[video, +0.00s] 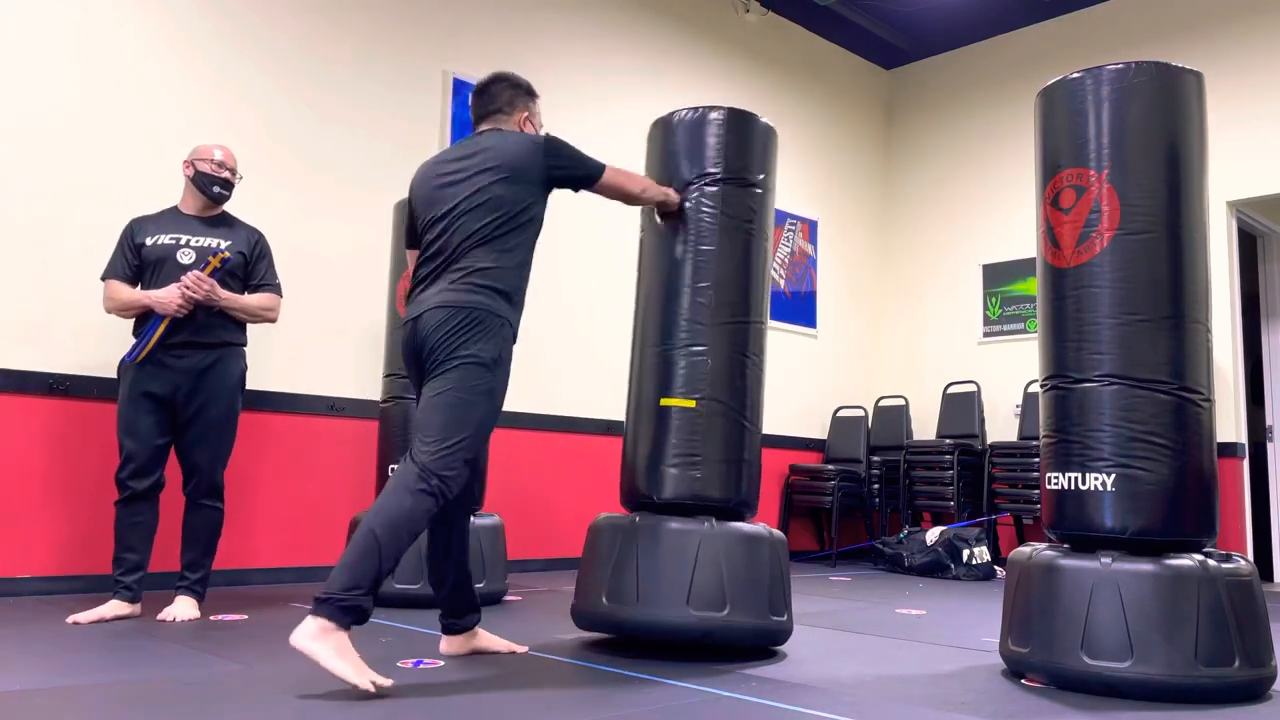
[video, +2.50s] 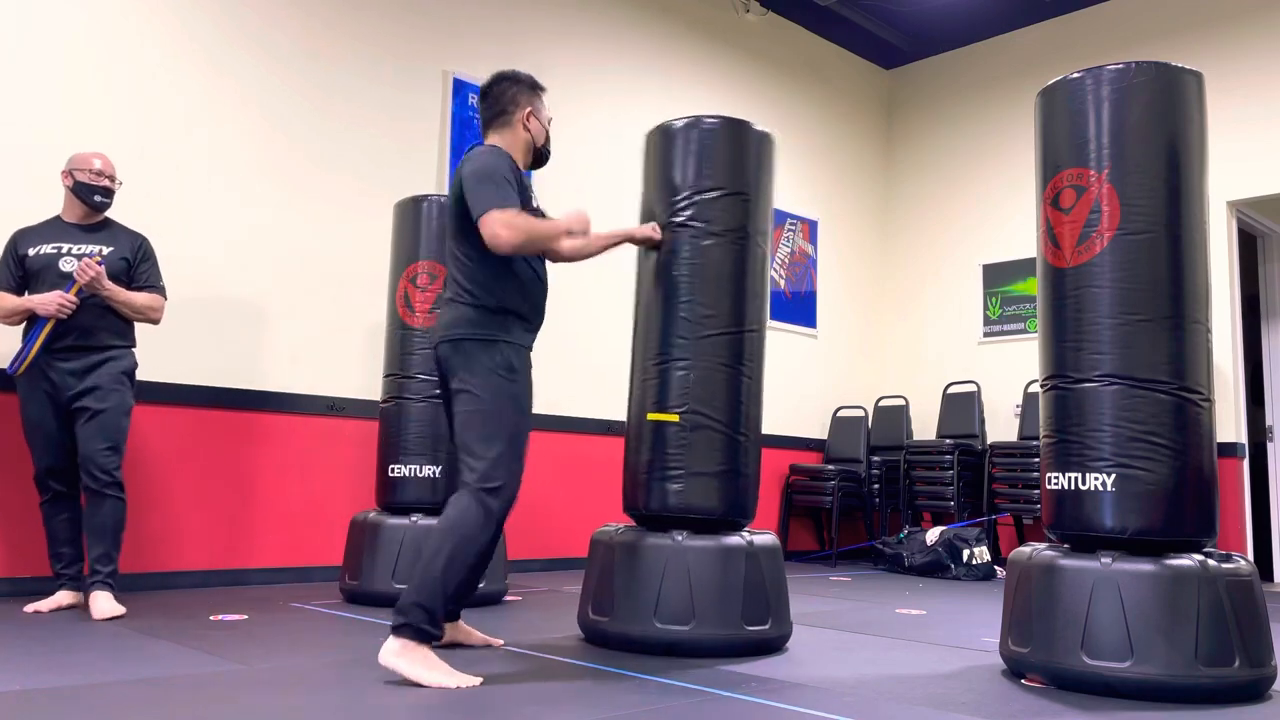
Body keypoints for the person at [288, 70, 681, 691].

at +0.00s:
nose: (540, 129)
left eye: (539, 121)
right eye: (538, 120)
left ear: (477, 117)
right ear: (524, 116)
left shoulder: (428, 172)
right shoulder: (532, 147)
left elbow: (416, 259)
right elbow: (632, 187)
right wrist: (668, 197)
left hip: (421, 320)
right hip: (477, 316)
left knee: (455, 481)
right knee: (428, 473)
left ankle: (460, 627)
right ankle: (327, 621)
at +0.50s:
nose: (522, 105)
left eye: (522, 94)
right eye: (520, 93)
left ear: (467, 88)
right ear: (499, 88)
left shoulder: (440, 143)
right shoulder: (473, 142)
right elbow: (510, 241)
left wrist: (517, 193)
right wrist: (547, 194)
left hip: (447, 328)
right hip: (443, 327)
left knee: (496, 467)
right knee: (395, 485)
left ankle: (463, 620)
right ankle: (330, 655)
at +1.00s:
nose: (546, 134)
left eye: (546, 126)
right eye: (545, 125)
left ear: (483, 123)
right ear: (532, 122)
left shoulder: (435, 176)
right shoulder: (538, 152)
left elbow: (427, 262)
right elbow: (639, 198)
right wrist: (667, 207)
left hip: (426, 325)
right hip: (477, 323)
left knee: (457, 482)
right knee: (439, 484)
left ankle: (463, 627)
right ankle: (355, 638)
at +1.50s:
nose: (554, 133)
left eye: (555, 121)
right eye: (552, 119)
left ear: (509, 113)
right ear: (528, 114)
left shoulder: (484, 164)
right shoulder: (489, 165)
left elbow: (496, 266)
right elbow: (499, 266)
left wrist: (557, 266)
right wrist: (571, 266)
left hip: (463, 339)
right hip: (445, 335)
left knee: (487, 474)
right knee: (426, 484)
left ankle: (470, 616)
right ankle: (367, 649)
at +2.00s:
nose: (543, 153)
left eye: (542, 145)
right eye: (543, 145)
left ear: (484, 140)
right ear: (531, 140)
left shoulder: (437, 187)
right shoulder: (538, 172)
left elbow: (425, 266)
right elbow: (588, 248)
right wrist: (555, 214)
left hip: (434, 329)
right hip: (495, 327)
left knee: (448, 468)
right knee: (496, 468)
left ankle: (457, 617)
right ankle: (435, 618)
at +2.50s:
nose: (549, 129)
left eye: (547, 119)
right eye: (546, 118)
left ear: (507, 117)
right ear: (527, 114)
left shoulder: (514, 182)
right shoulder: (488, 161)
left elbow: (563, 249)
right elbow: (501, 233)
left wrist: (630, 234)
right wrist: (563, 227)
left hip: (495, 345)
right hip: (481, 344)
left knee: (490, 484)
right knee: (487, 485)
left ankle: (444, 617)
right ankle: (409, 636)